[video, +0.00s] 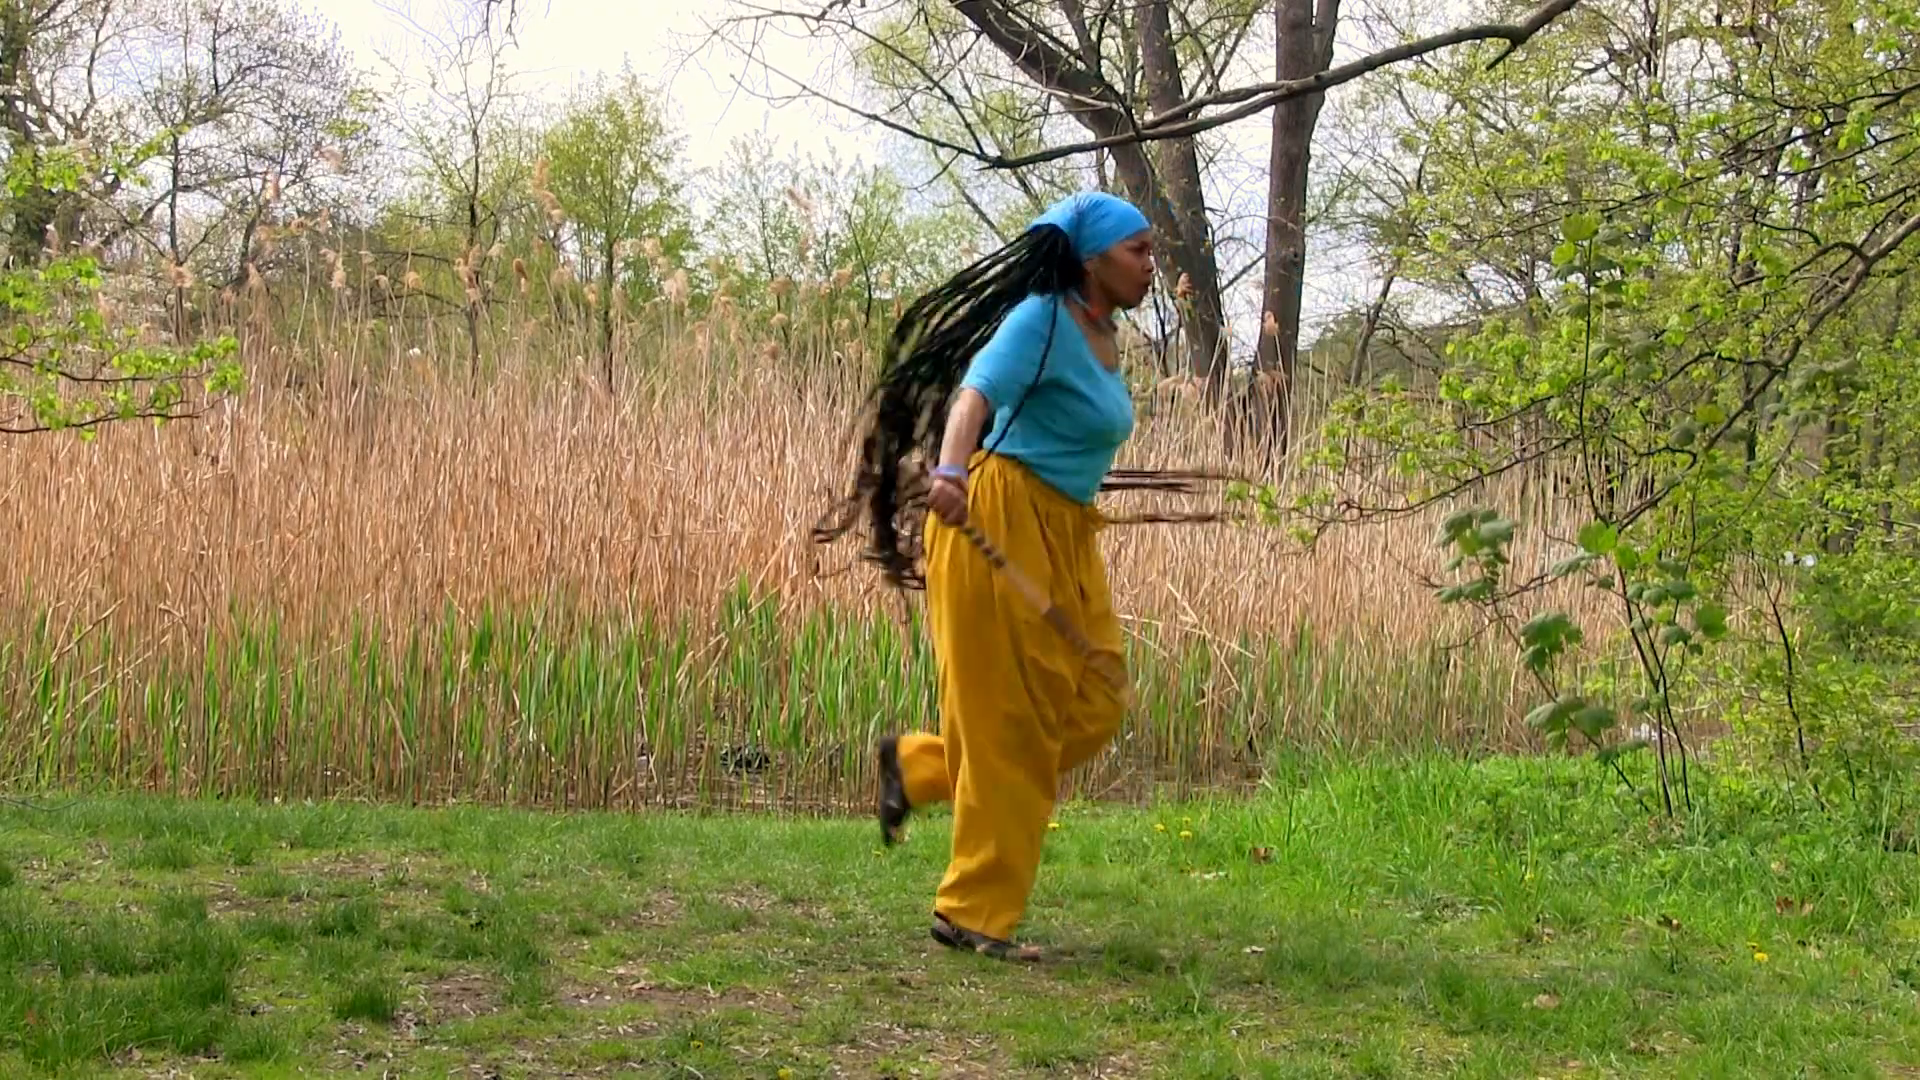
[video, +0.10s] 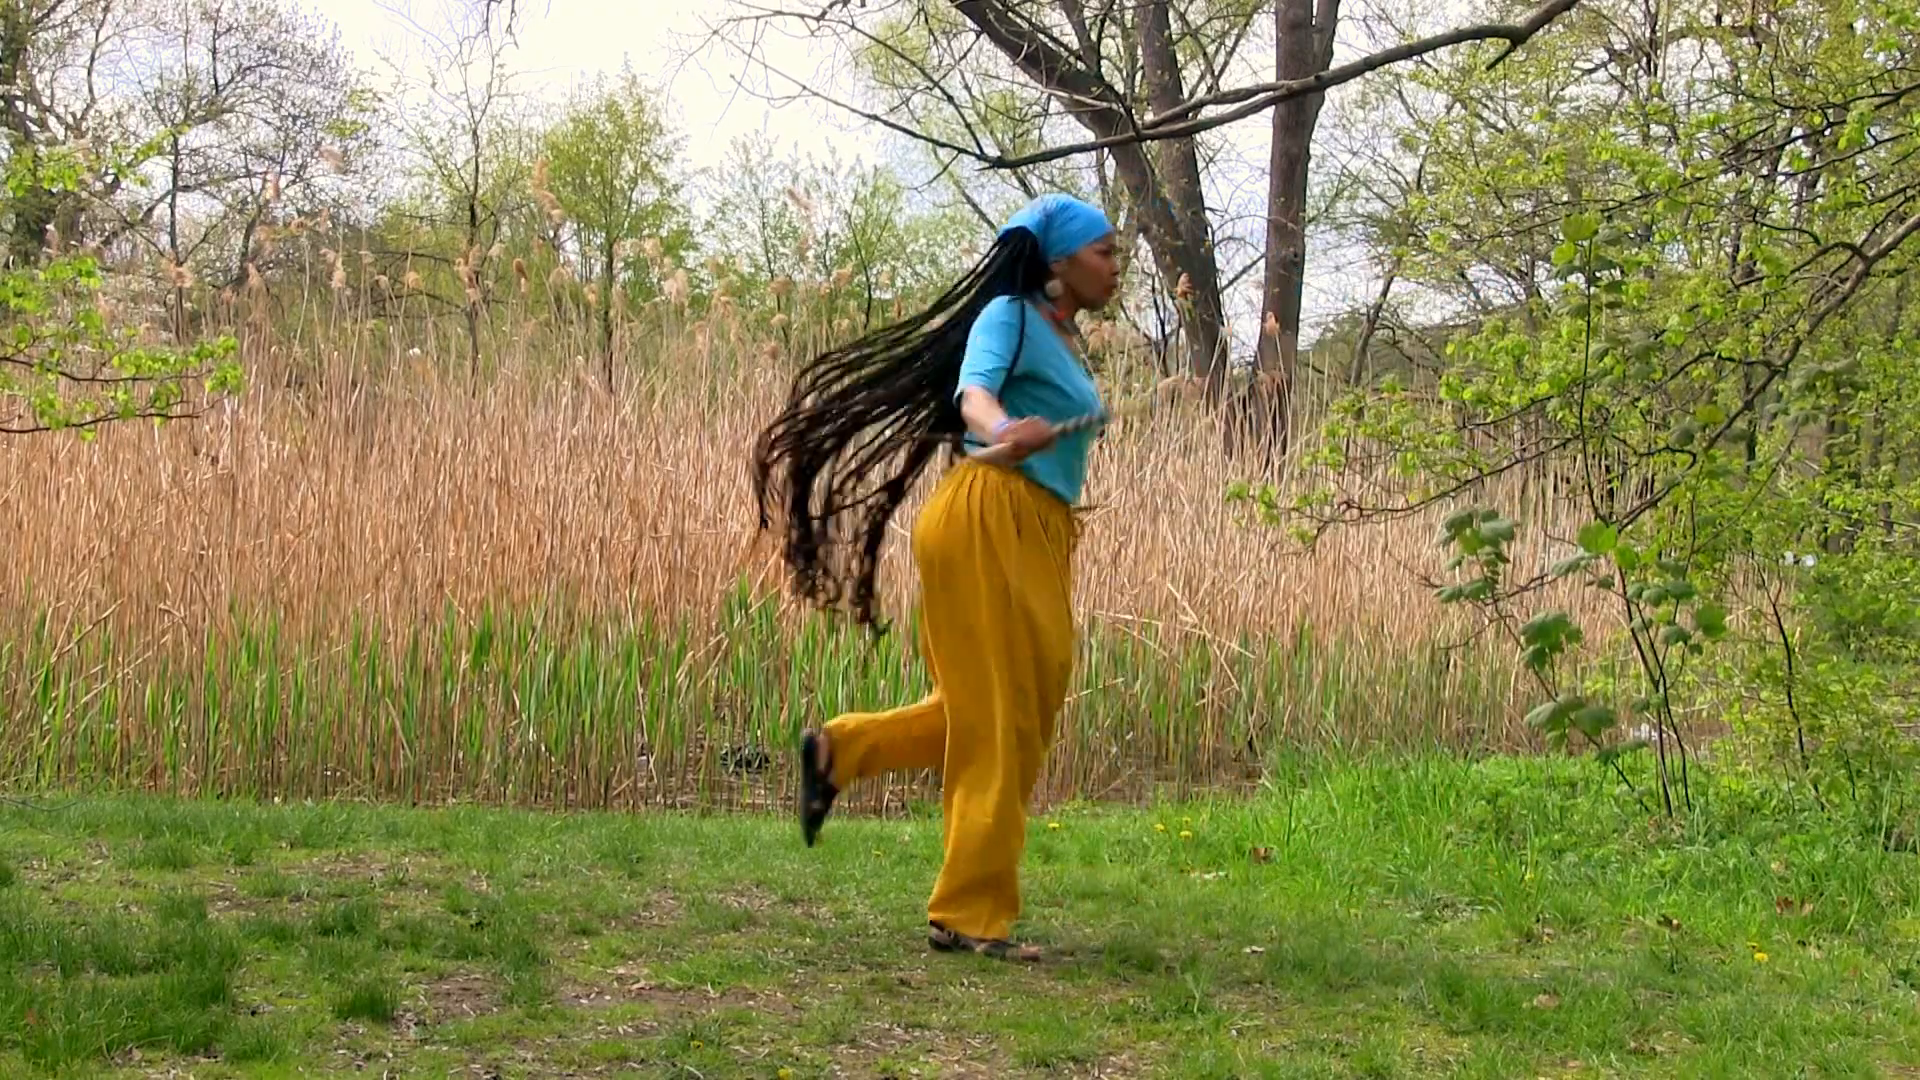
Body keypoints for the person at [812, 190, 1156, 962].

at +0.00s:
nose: (1151, 263)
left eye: (1150, 250)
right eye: (1137, 250)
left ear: (1116, 263)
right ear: (1090, 258)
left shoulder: (1101, 333)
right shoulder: (1041, 317)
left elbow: (1059, 431)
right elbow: (980, 390)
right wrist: (953, 470)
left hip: (1070, 529)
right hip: (1002, 514)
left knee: (1092, 708)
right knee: (1007, 715)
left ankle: (914, 767)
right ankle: (973, 911)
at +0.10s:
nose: (1116, 266)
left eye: (1113, 252)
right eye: (1102, 252)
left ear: (1070, 267)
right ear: (1058, 262)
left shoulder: (1054, 336)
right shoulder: (1009, 315)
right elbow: (974, 393)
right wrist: (1001, 428)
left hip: (1037, 531)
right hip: (988, 515)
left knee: (1022, 714)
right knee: (996, 714)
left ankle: (842, 751)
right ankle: (968, 915)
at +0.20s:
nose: (1069, 259)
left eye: (1065, 245)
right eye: (1055, 246)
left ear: (1008, 261)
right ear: (1011, 258)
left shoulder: (969, 323)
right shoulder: (991, 324)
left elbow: (923, 409)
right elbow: (1041, 396)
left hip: (928, 505)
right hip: (984, 517)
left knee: (907, 695)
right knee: (1002, 716)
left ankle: (773, 817)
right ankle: (969, 916)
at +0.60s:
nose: (953, 291)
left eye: (950, 276)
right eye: (941, 278)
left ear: (895, 292)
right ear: (899, 291)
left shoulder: (857, 350)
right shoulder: (902, 352)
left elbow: (909, 433)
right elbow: (998, 424)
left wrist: (964, 383)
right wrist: (1070, 386)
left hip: (830, 539)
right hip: (890, 544)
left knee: (788, 706)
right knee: (991, 713)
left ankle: (715, 883)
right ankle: (967, 910)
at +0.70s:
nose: (966, 290)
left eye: (962, 275)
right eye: (954, 277)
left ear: (915, 292)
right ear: (912, 292)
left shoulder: (927, 349)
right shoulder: (895, 359)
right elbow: (950, 476)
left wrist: (1032, 334)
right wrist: (1051, 485)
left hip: (853, 541)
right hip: (892, 544)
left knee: (809, 715)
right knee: (983, 717)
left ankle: (715, 885)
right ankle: (940, 910)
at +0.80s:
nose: (992, 285)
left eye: (987, 274)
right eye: (979, 277)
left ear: (954, 294)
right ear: (940, 297)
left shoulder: (987, 346)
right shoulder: (891, 367)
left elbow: (1095, 322)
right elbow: (882, 482)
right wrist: (968, 537)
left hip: (933, 564)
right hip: (895, 564)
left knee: (832, 727)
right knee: (982, 728)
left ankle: (723, 876)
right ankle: (926, 910)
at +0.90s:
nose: (1023, 269)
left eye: (1018, 259)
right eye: (1009, 262)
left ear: (986, 280)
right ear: (971, 283)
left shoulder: (1026, 342)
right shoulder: (915, 357)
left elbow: (1130, 363)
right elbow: (883, 469)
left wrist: (1243, 366)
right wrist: (947, 510)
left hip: (984, 563)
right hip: (923, 561)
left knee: (898, 714)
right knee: (973, 729)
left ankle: (786, 837)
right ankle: (930, 911)